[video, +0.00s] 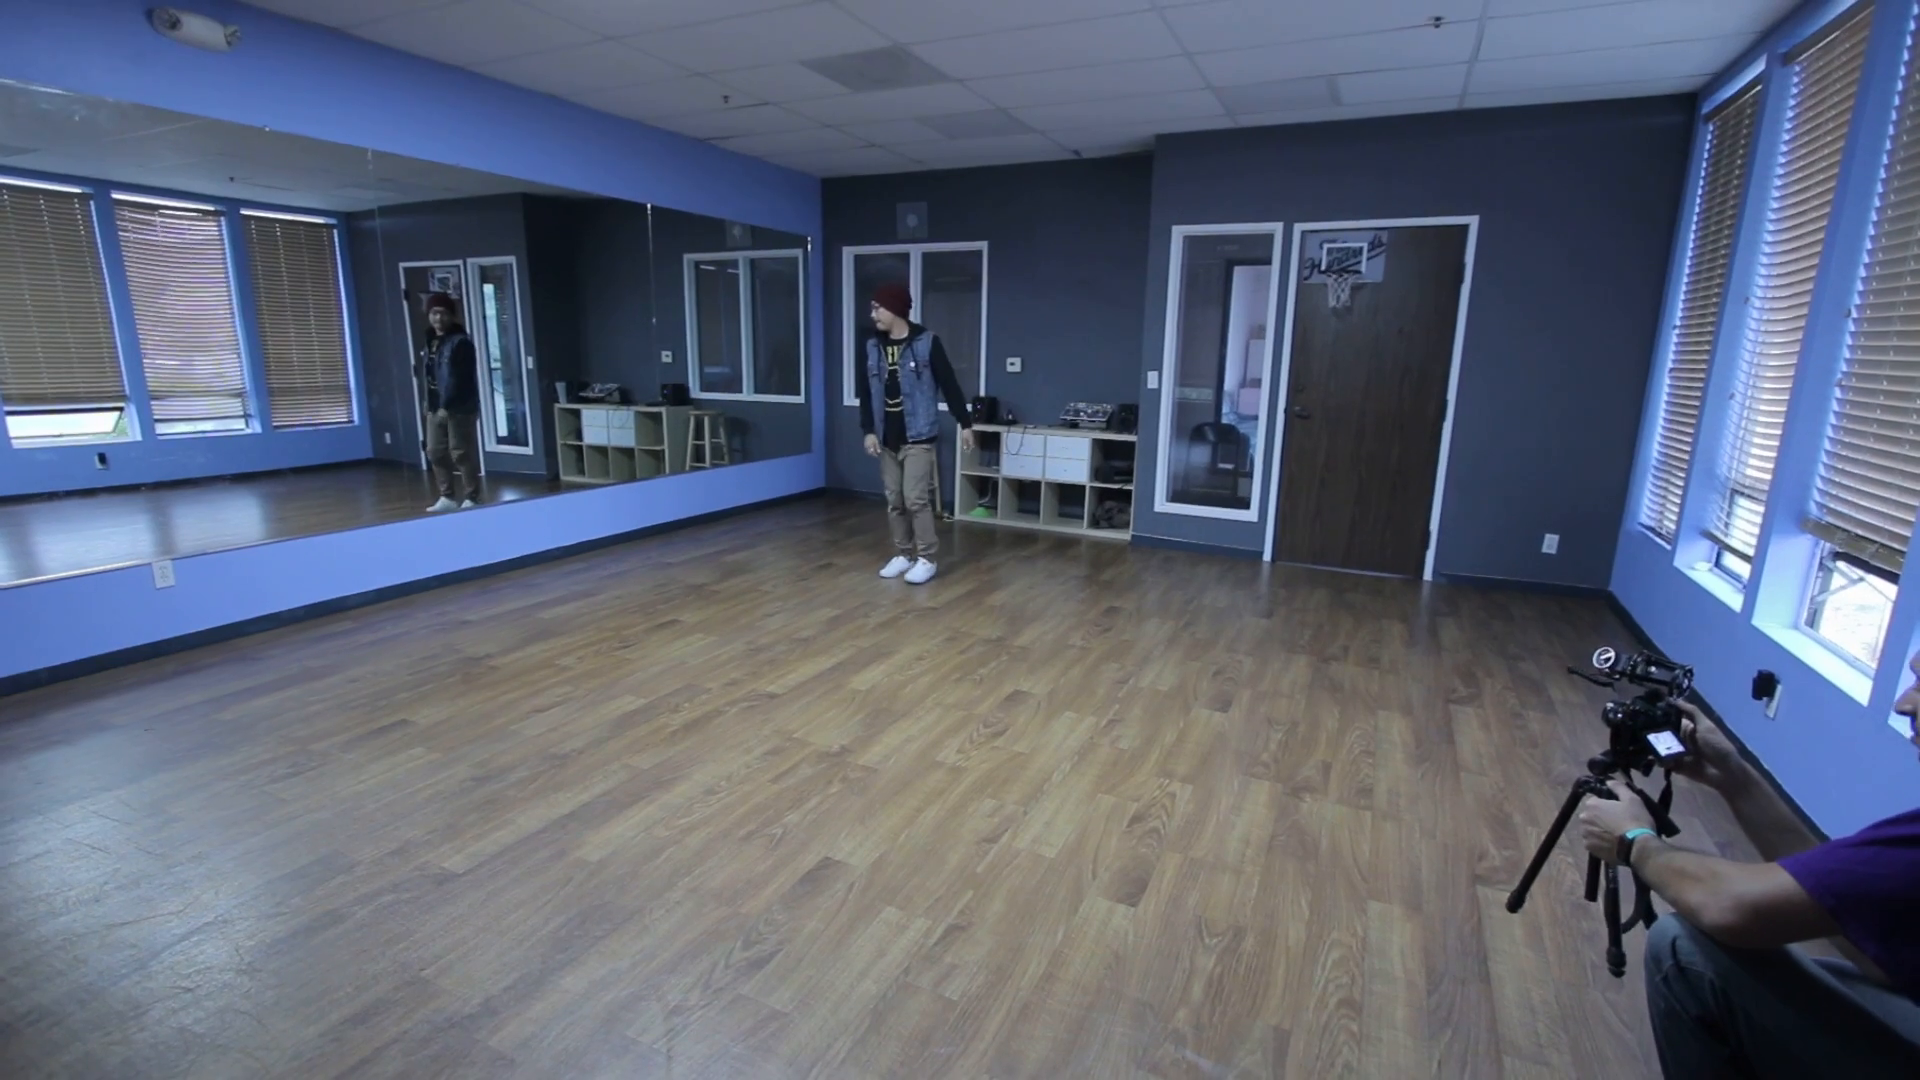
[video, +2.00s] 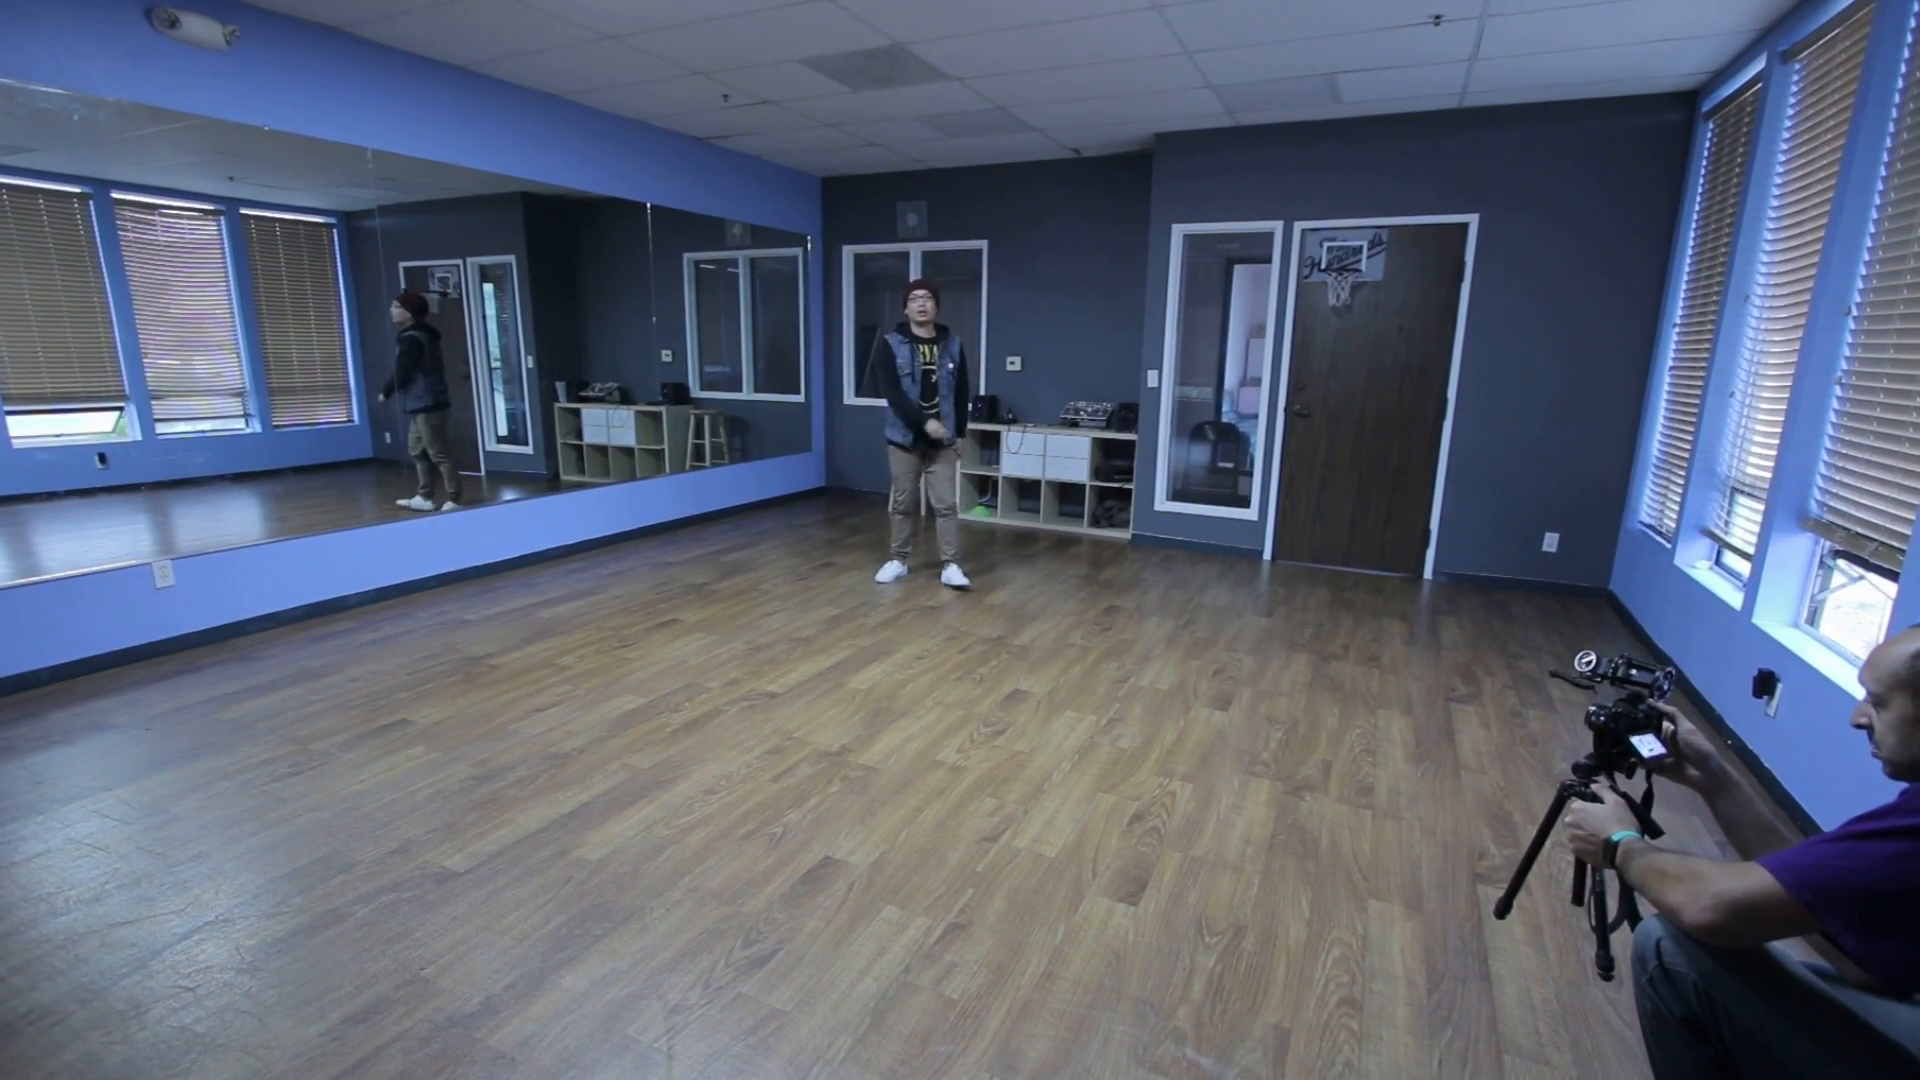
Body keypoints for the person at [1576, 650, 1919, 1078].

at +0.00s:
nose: (1905, 701)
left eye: (1917, 676)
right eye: (1912, 676)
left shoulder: (1913, 841)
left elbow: (1732, 911)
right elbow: (1874, 938)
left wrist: (1634, 841)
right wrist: (1732, 775)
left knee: (1685, 948)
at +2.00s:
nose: (1858, 720)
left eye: (1878, 701)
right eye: (1866, 699)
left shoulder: (1912, 816)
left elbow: (1713, 909)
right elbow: (1866, 959)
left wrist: (1619, 843)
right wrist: (1713, 779)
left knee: (1673, 950)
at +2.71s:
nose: (1861, 719)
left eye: (1883, 701)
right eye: (1871, 699)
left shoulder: (1912, 818)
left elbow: (1712, 909)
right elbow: (1865, 959)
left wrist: (1622, 843)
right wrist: (1718, 779)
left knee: (1673, 950)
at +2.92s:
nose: (1864, 709)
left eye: (1886, 694)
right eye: (1875, 691)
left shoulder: (1913, 817)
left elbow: (1710, 909)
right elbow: (1865, 957)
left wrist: (1623, 843)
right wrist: (1719, 780)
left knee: (1672, 950)